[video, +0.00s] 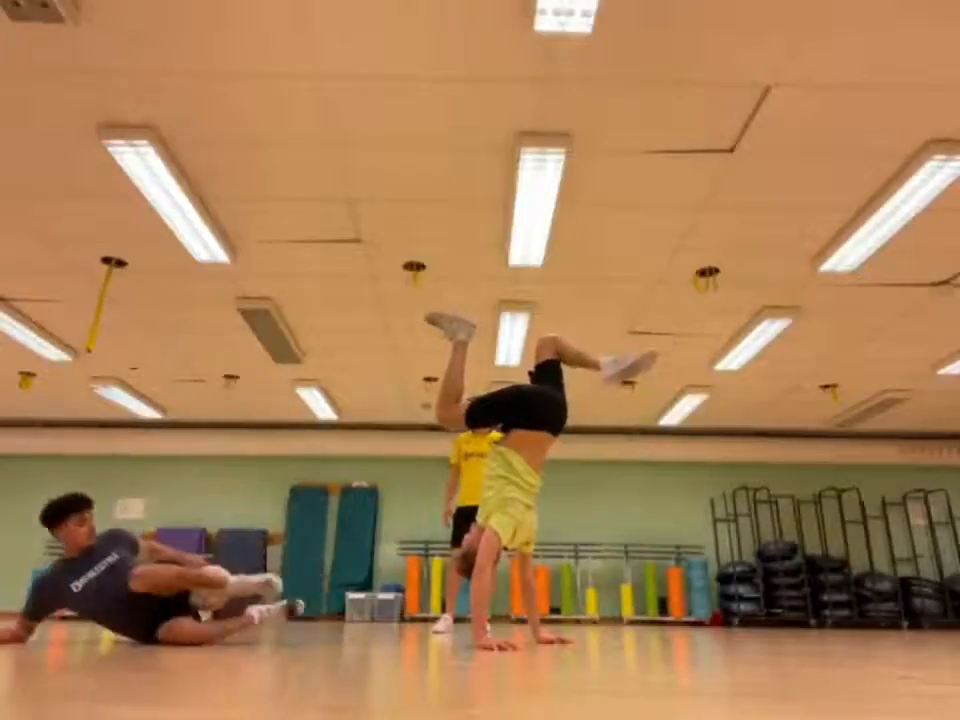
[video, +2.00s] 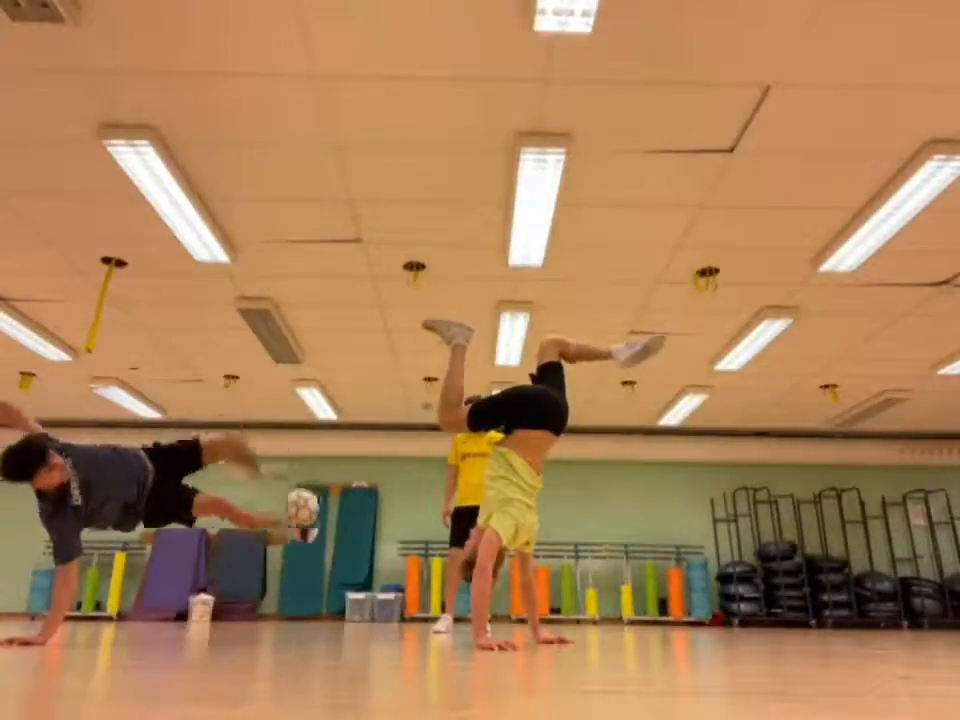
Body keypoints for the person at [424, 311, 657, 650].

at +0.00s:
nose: (469, 535)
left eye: (465, 540)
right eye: (470, 542)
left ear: (469, 543)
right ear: (472, 542)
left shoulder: (523, 535)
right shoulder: (493, 526)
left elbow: (528, 583)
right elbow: (481, 574)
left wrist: (536, 631)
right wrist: (481, 635)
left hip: (551, 413)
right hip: (530, 410)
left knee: (548, 345)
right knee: (449, 414)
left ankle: (607, 365)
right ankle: (460, 340)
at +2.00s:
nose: (485, 566)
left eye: (476, 567)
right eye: (478, 564)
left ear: (473, 550)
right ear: (475, 548)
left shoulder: (524, 536)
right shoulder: (495, 528)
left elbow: (527, 583)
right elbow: (482, 576)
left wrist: (537, 632)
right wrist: (481, 636)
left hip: (554, 414)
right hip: (530, 408)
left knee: (551, 345)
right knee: (450, 418)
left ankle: (619, 352)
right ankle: (458, 345)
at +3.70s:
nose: (468, 533)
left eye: (463, 538)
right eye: (470, 539)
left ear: (472, 549)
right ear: (476, 544)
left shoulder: (523, 539)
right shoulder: (498, 529)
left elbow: (526, 586)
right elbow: (483, 575)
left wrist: (537, 633)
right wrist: (480, 635)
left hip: (558, 417)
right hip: (534, 410)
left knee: (539, 345)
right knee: (453, 391)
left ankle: (610, 316)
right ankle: (450, 312)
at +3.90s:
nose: (471, 537)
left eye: (468, 541)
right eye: (472, 542)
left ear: (475, 552)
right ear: (480, 549)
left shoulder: (523, 537)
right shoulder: (498, 531)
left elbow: (525, 585)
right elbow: (483, 574)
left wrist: (536, 632)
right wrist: (481, 634)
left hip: (560, 414)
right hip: (542, 415)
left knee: (546, 343)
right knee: (463, 404)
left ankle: (620, 319)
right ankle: (457, 326)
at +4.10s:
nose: (473, 534)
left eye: (468, 540)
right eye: (475, 540)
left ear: (474, 544)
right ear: (479, 542)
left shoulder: (527, 539)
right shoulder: (501, 531)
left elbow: (528, 586)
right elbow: (484, 574)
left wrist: (537, 633)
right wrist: (480, 635)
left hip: (569, 416)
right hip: (548, 414)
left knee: (566, 347)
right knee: (468, 407)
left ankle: (637, 320)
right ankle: (468, 328)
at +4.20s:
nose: (476, 543)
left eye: (473, 548)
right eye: (476, 546)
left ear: (475, 547)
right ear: (481, 544)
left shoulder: (528, 540)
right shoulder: (504, 531)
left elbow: (529, 586)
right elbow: (484, 575)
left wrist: (538, 632)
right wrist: (481, 635)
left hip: (572, 416)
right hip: (554, 416)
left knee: (580, 347)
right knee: (471, 409)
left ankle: (658, 323)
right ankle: (472, 331)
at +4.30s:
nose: (478, 527)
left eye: (473, 532)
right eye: (479, 534)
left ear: (483, 551)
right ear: (485, 543)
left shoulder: (530, 541)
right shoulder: (504, 534)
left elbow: (530, 590)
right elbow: (483, 578)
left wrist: (537, 634)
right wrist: (480, 637)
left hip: (579, 422)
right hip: (557, 421)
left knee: (603, 350)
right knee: (477, 412)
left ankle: (687, 333)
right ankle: (480, 338)